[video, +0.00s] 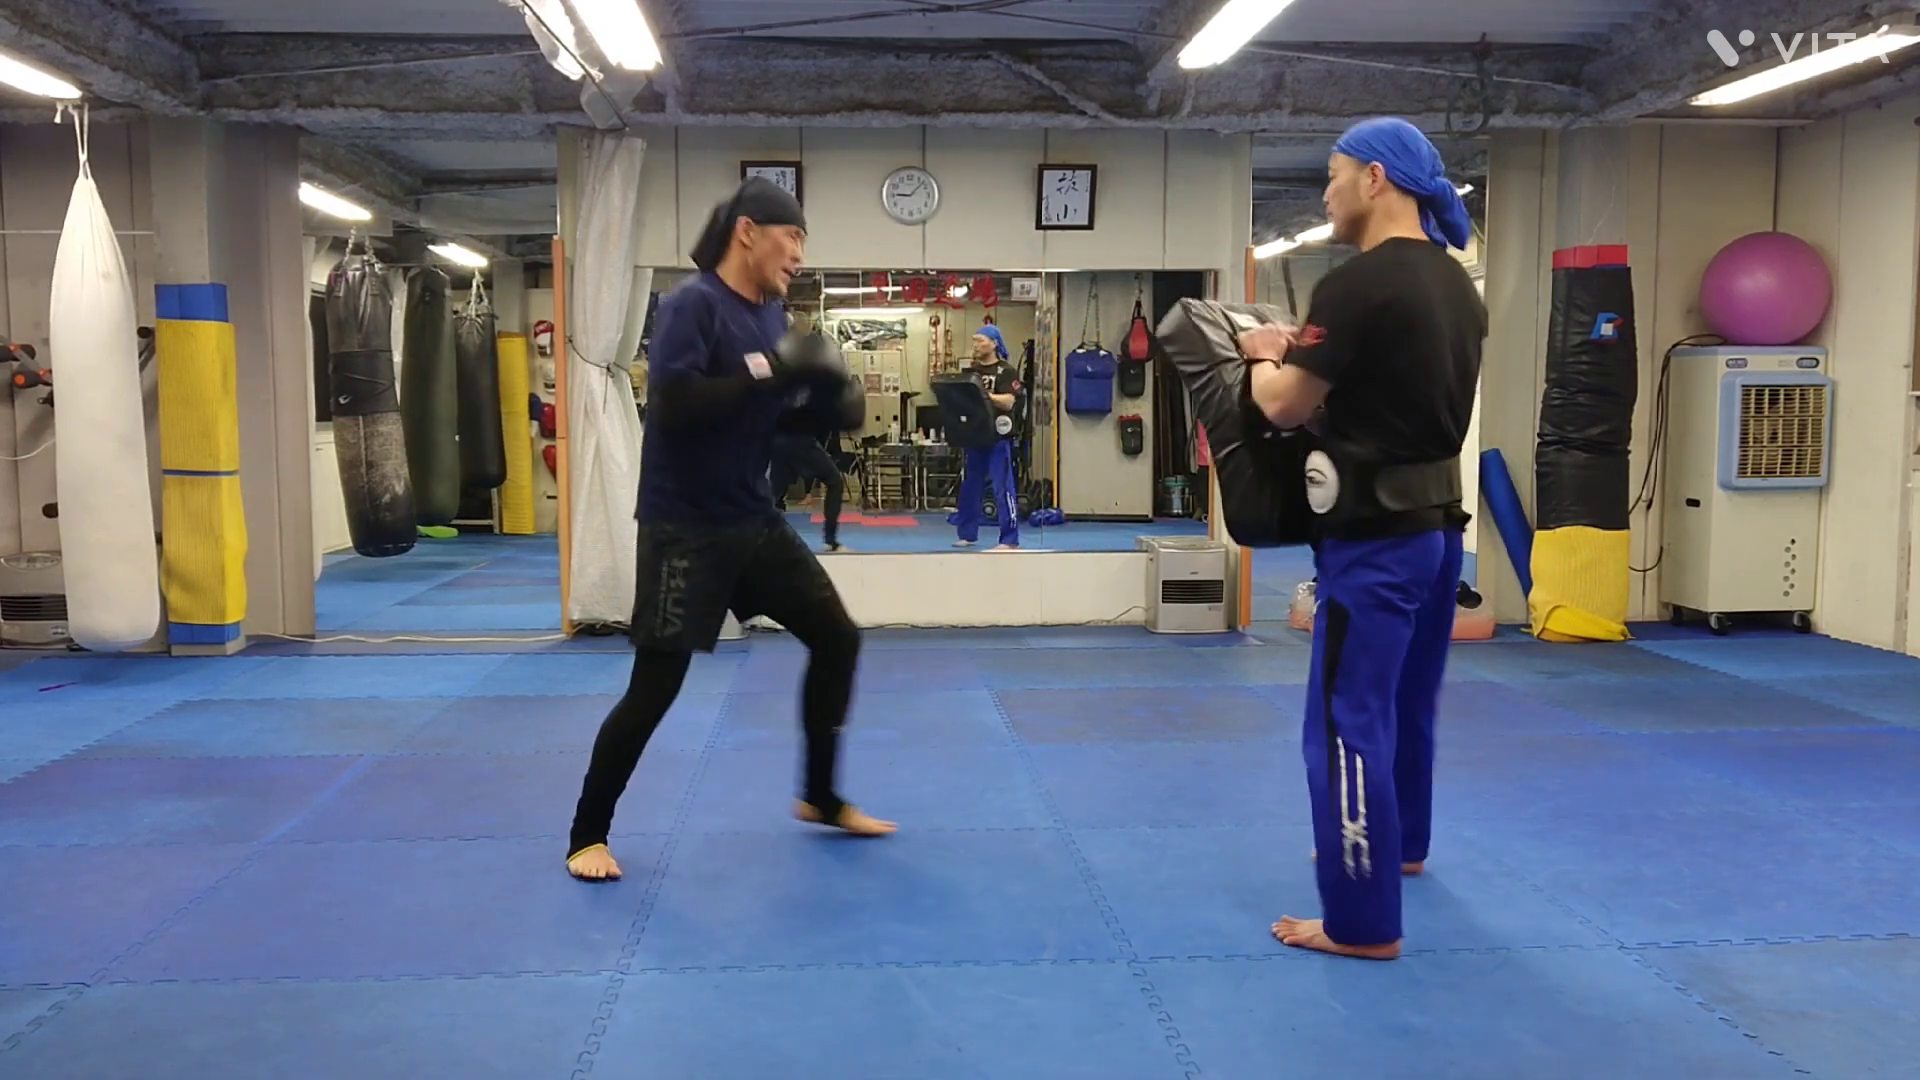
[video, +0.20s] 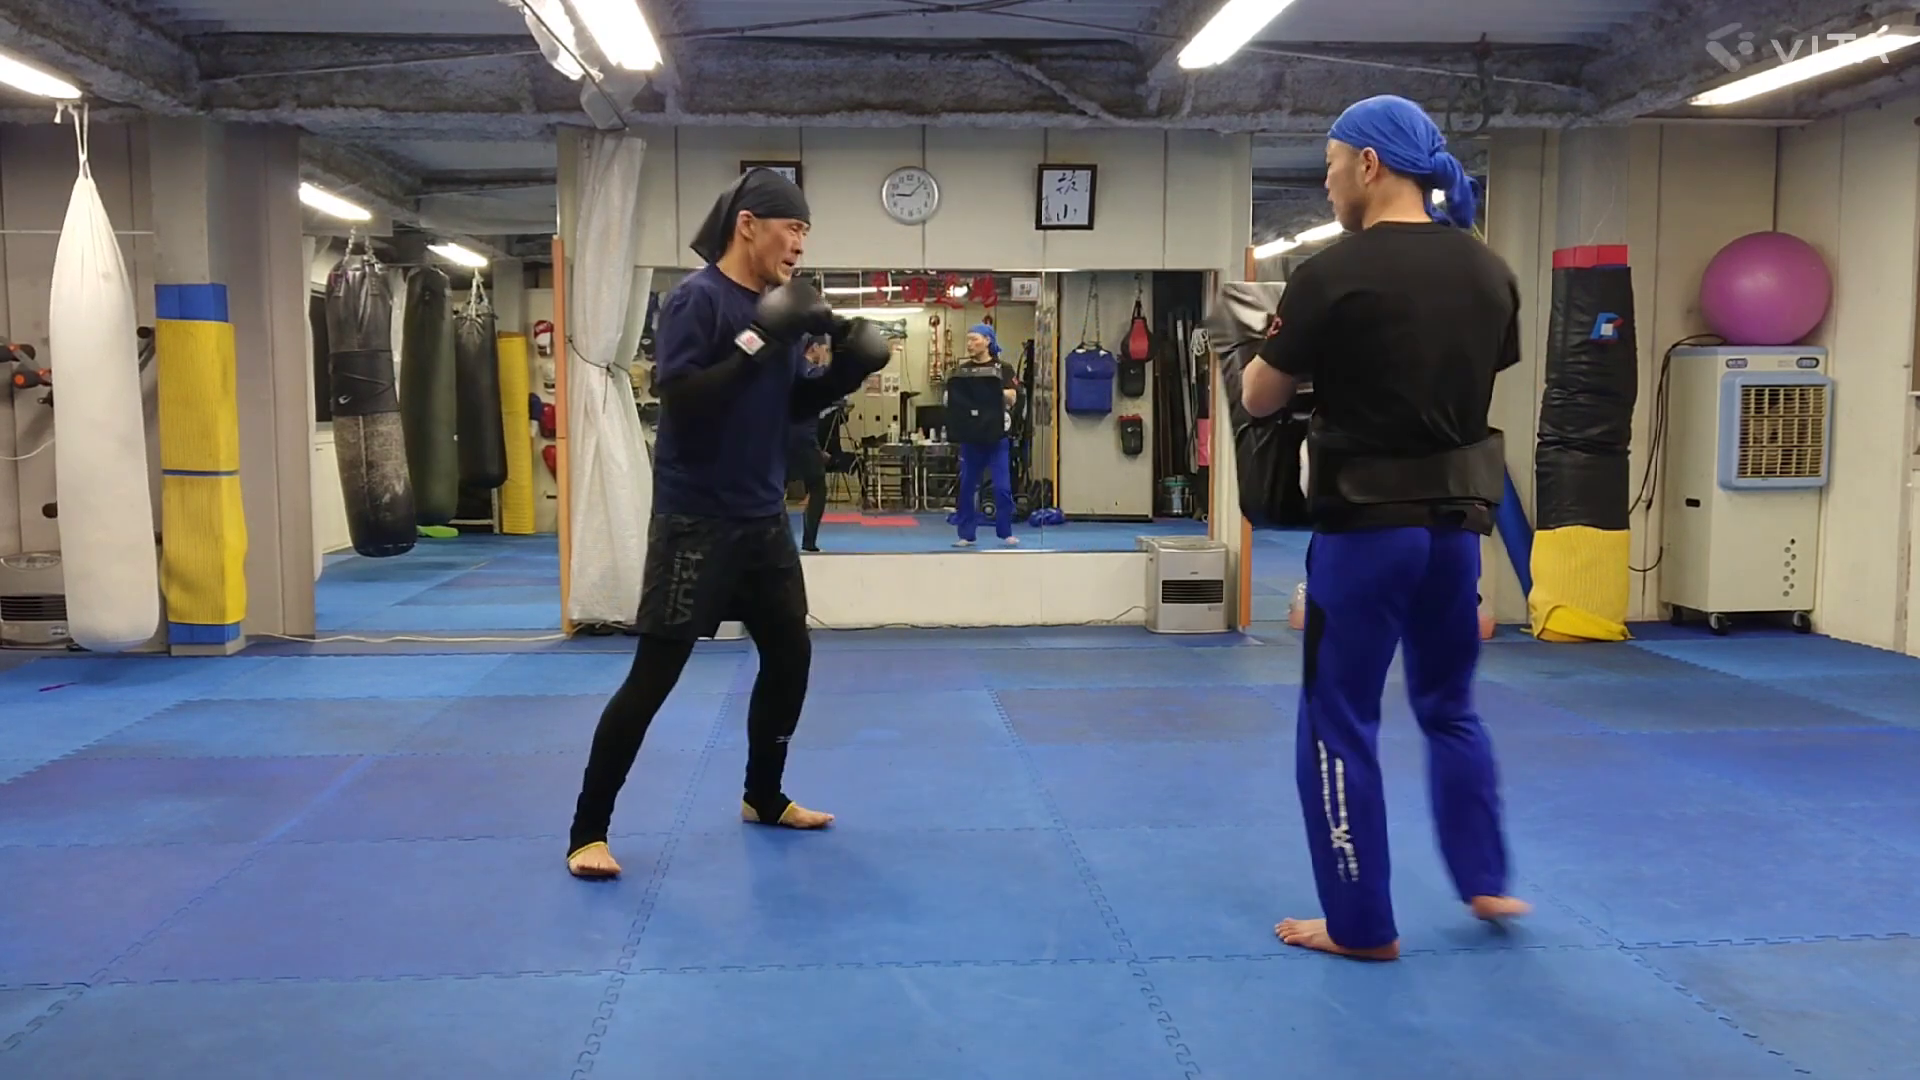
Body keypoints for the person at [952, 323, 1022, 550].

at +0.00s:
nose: (975, 345)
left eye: (980, 341)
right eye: (975, 341)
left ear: (994, 344)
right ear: (978, 344)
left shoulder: (1008, 372)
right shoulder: (972, 371)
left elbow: (1009, 402)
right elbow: (963, 398)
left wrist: (982, 395)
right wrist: (944, 386)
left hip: (1000, 436)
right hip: (975, 435)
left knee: (1002, 487)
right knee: (971, 484)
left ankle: (1009, 539)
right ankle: (967, 534)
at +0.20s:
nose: (970, 344)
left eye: (974, 339)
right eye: (968, 340)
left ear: (988, 342)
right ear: (968, 343)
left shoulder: (1003, 369)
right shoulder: (963, 369)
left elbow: (1013, 397)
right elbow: (953, 399)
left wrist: (990, 393)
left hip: (998, 434)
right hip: (971, 434)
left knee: (1002, 487)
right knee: (967, 486)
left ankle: (1005, 533)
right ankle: (966, 535)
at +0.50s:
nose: (976, 353)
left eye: (982, 348)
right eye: (974, 348)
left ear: (993, 351)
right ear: (971, 351)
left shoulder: (1005, 379)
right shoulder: (964, 377)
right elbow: (954, 407)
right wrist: (985, 406)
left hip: (997, 445)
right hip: (969, 444)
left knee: (1002, 492)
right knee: (951, 486)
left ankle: (1002, 533)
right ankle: (948, 532)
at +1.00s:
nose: (968, 362)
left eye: (973, 357)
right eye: (966, 357)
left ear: (984, 359)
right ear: (962, 358)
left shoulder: (993, 382)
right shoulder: (954, 382)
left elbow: (1002, 412)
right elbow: (943, 410)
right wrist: (966, 400)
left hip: (987, 447)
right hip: (959, 447)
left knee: (999, 495)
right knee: (945, 495)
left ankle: (1001, 535)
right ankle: (929, 536)